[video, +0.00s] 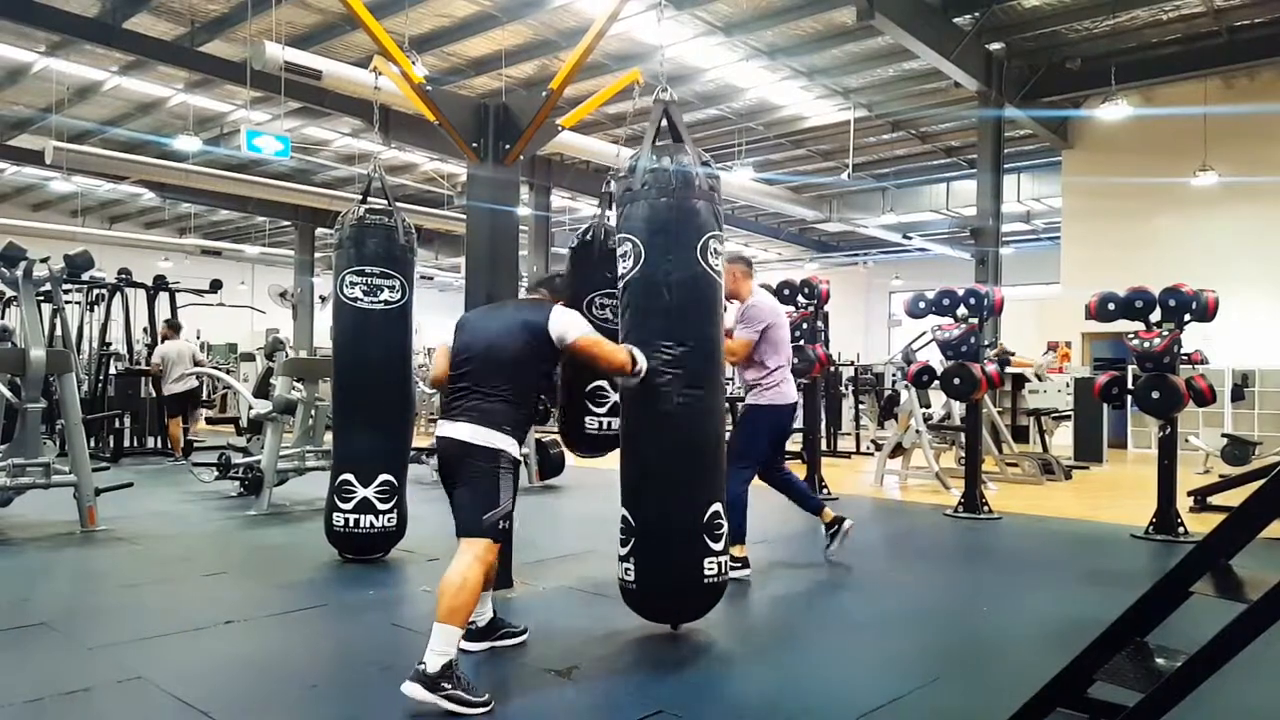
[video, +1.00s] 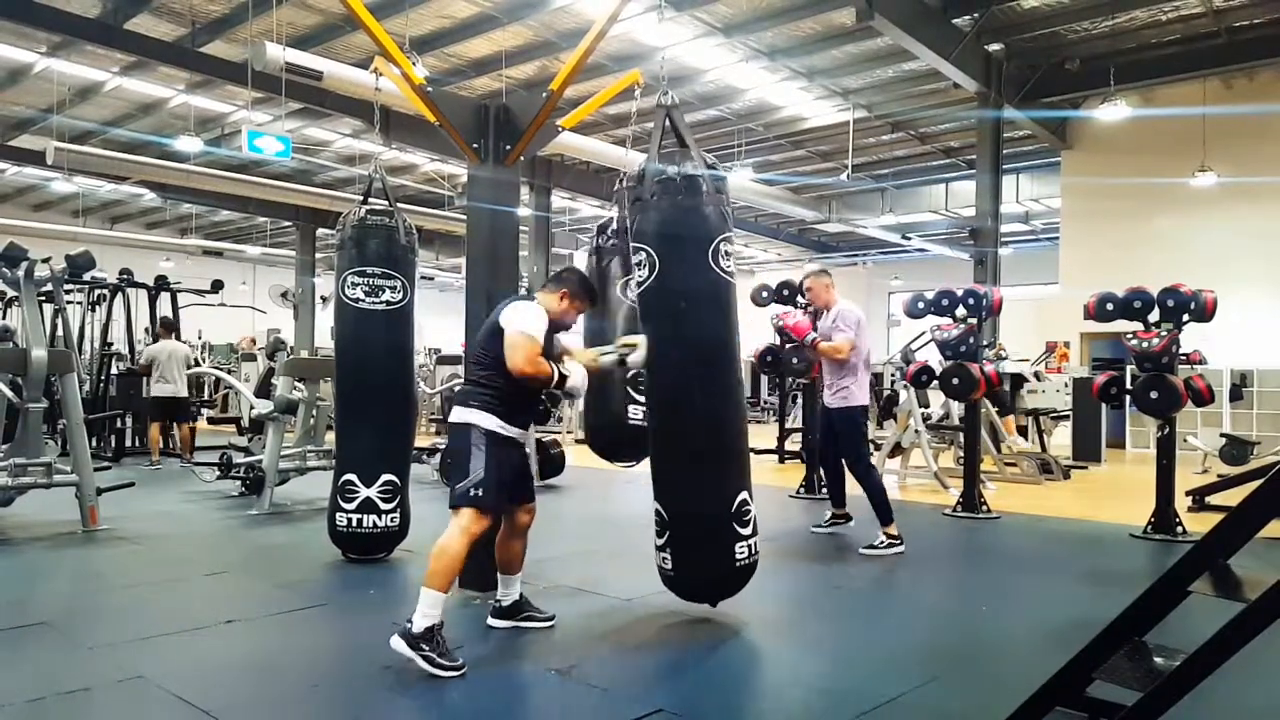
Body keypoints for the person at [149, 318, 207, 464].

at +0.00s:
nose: (160, 331)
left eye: (163, 329)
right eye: (161, 328)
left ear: (169, 331)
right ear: (177, 331)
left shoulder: (160, 348)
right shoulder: (189, 346)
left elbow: (155, 369)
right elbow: (203, 362)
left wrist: (164, 374)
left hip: (171, 390)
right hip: (191, 387)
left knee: (174, 422)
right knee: (195, 409)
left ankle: (178, 455)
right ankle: (193, 431)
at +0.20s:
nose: (166, 331)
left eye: (168, 328)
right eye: (167, 327)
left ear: (172, 331)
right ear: (183, 332)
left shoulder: (164, 350)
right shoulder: (193, 347)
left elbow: (155, 371)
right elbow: (204, 363)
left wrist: (167, 371)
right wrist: (192, 363)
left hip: (173, 392)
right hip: (193, 390)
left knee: (174, 422)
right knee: (194, 421)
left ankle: (178, 454)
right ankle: (188, 452)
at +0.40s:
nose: (172, 332)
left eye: (174, 329)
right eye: (173, 329)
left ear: (176, 332)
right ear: (188, 333)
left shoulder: (167, 350)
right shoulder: (199, 348)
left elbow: (158, 371)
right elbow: (210, 366)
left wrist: (172, 371)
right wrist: (202, 378)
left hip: (174, 391)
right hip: (194, 390)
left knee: (174, 423)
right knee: (190, 423)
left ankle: (178, 453)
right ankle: (188, 456)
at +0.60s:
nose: (172, 331)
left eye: (173, 328)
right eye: (173, 328)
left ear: (175, 331)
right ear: (188, 332)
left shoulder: (167, 349)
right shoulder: (198, 348)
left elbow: (157, 370)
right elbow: (208, 366)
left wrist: (171, 371)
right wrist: (194, 369)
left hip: (172, 393)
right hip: (193, 393)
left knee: (171, 423)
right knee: (190, 425)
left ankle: (173, 454)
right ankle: (187, 457)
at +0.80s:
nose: (166, 331)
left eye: (167, 328)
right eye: (167, 328)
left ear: (168, 331)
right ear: (182, 332)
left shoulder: (162, 349)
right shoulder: (193, 348)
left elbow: (152, 367)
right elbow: (202, 367)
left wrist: (164, 371)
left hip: (167, 394)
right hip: (189, 393)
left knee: (161, 423)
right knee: (189, 424)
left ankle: (157, 455)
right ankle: (187, 457)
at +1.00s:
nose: (158, 331)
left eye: (159, 329)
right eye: (159, 329)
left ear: (160, 330)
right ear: (173, 331)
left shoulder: (152, 349)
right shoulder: (184, 348)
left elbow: (142, 368)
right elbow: (190, 364)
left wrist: (157, 370)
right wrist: (176, 368)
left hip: (159, 393)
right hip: (180, 393)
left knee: (155, 424)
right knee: (183, 425)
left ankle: (155, 459)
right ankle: (186, 457)